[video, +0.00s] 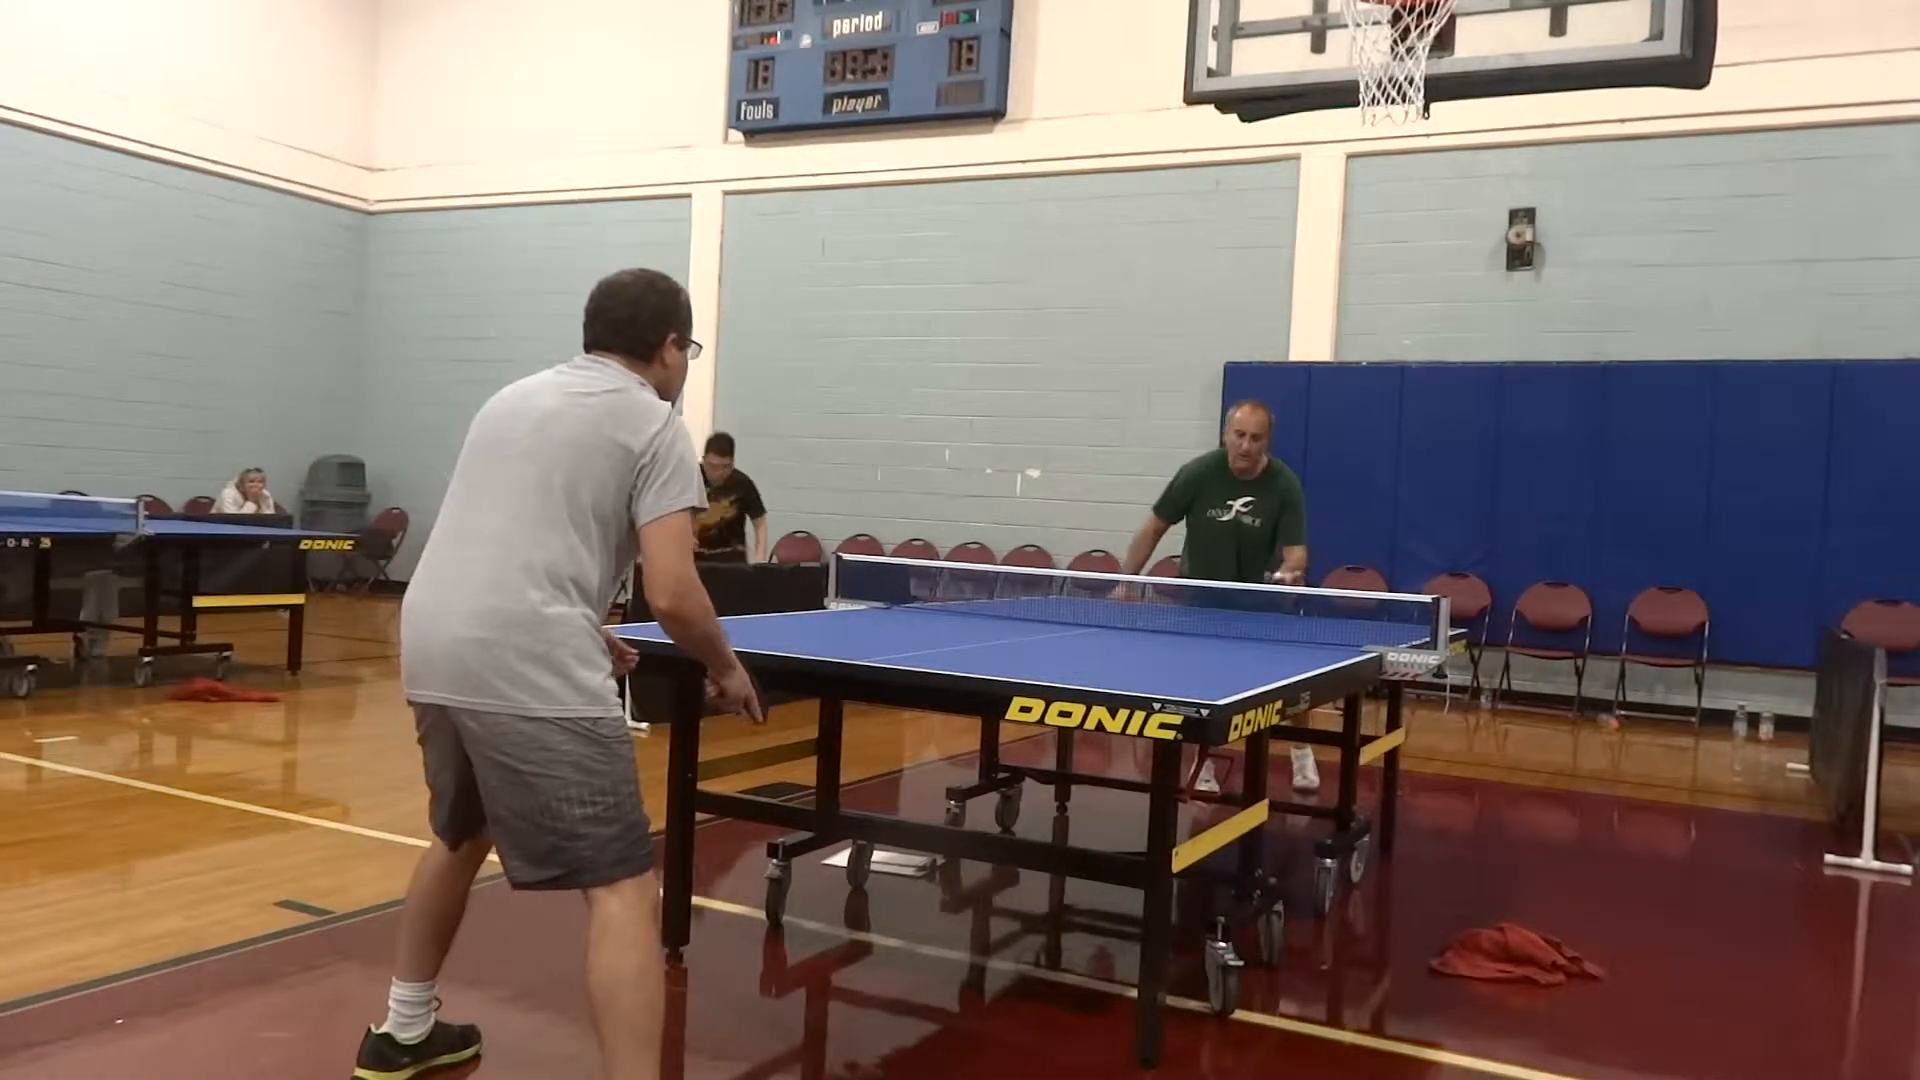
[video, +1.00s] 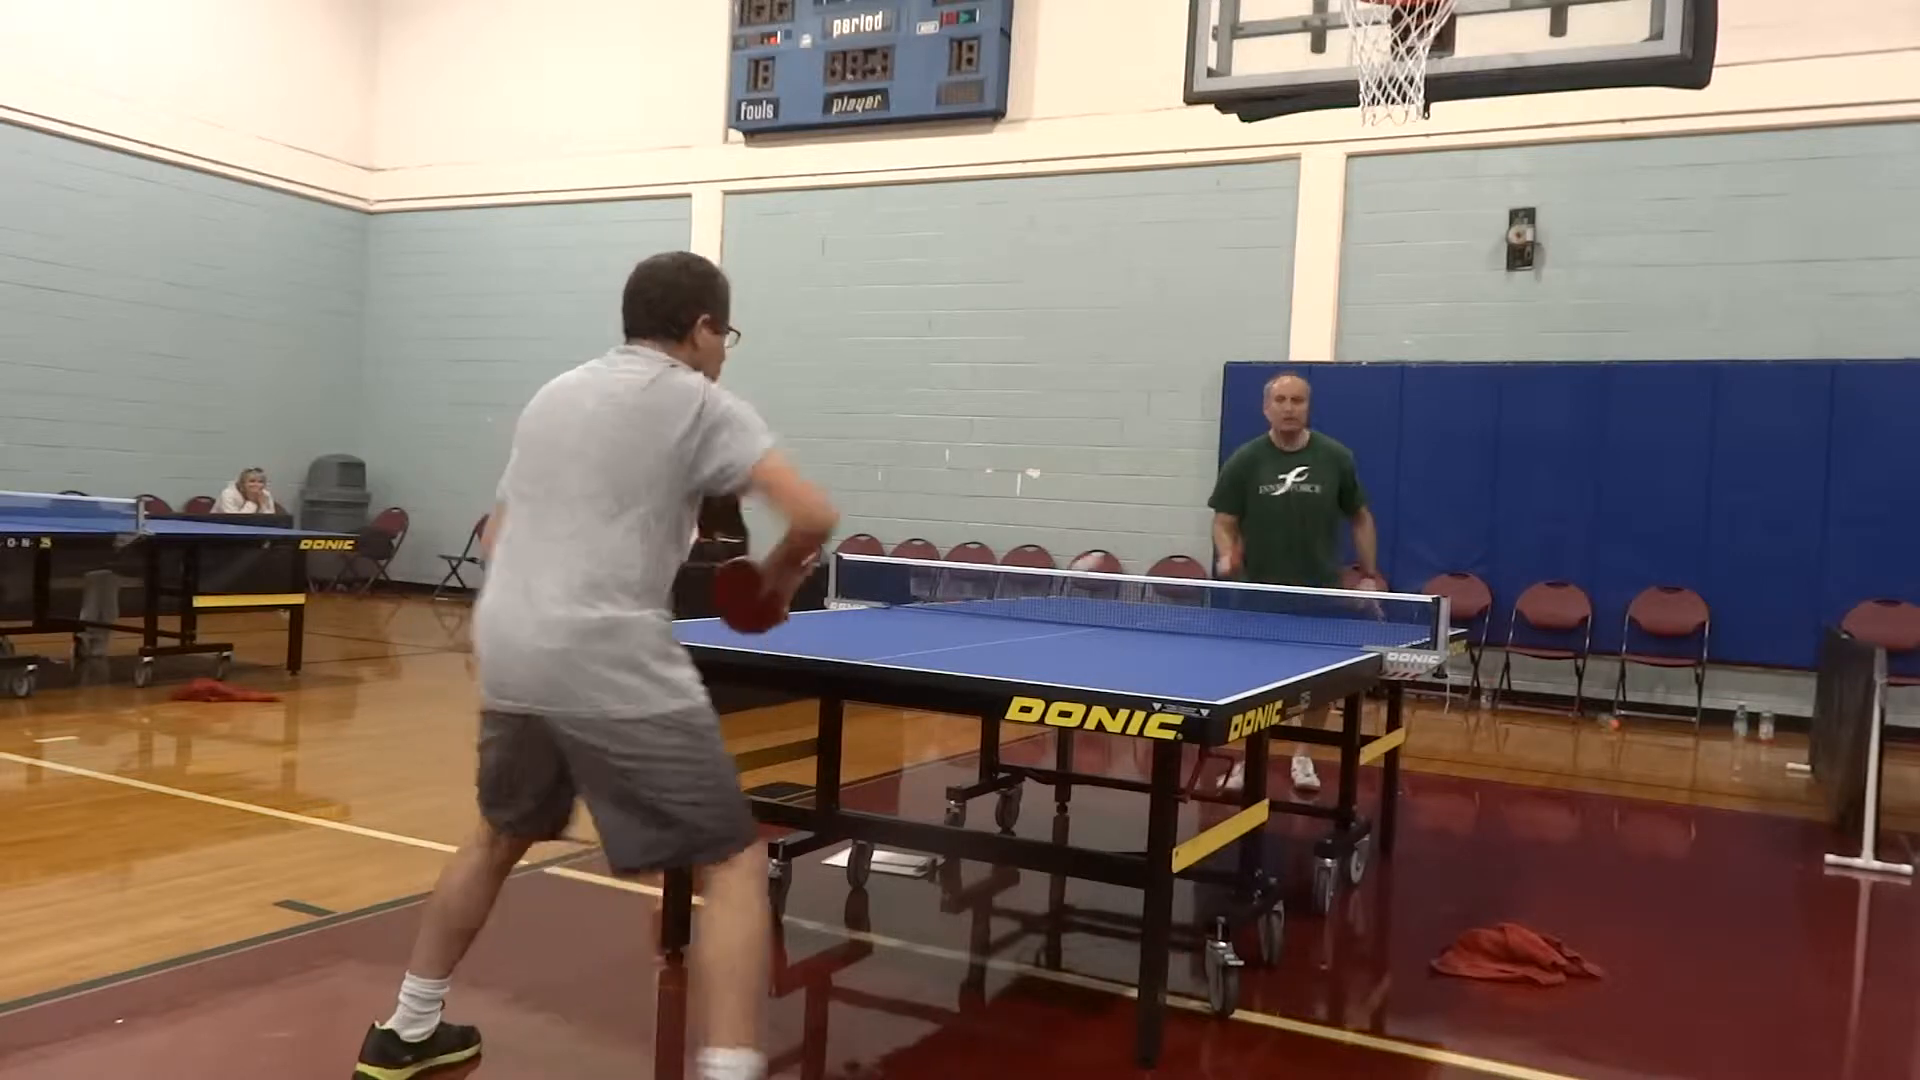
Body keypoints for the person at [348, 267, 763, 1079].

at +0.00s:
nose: (687, 367)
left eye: (689, 353)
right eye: (687, 352)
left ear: (591, 339)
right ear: (664, 347)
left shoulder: (512, 399)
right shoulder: (655, 425)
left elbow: (488, 545)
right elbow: (671, 591)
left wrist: (579, 627)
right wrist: (723, 664)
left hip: (431, 653)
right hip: (536, 669)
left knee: (461, 832)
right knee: (622, 885)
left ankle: (404, 1028)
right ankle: (635, 1073)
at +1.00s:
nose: (727, 349)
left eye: (729, 335)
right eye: (726, 334)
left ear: (632, 326)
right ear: (699, 329)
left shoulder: (553, 395)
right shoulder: (703, 400)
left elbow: (496, 536)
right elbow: (814, 514)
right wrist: (777, 573)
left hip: (506, 659)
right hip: (617, 668)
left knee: (496, 833)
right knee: (733, 862)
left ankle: (408, 1026)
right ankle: (730, 1070)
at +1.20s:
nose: (765, 328)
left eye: (762, 316)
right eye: (764, 316)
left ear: (667, 313)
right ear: (744, 310)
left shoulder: (597, 389)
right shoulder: (772, 378)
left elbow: (518, 544)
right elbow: (919, 448)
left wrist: (590, 596)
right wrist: (876, 541)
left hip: (593, 677)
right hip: (723, 686)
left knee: (531, 842)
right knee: (785, 879)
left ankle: (450, 1009)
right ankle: (760, 1074)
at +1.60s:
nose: (771, 274)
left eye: (766, 260)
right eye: (770, 262)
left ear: (672, 266)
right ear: (756, 268)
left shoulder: (605, 356)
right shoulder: (797, 362)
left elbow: (508, 493)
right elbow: (917, 450)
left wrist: (567, 563)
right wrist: (907, 505)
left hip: (605, 653)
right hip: (737, 667)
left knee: (541, 836)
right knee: (769, 888)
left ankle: (444, 1030)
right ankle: (760, 1076)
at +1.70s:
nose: (753, 288)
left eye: (749, 275)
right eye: (752, 275)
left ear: (655, 277)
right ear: (735, 279)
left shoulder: (583, 364)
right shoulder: (766, 377)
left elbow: (484, 501)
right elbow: (885, 490)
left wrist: (549, 570)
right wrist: (866, 535)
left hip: (572, 658)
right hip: (703, 673)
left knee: (519, 853)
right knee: (760, 891)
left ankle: (432, 1055)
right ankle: (756, 1077)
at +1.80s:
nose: (737, 293)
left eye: (736, 278)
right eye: (736, 278)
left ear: (641, 277)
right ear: (716, 280)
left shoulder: (562, 358)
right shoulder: (734, 377)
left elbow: (468, 490)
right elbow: (839, 523)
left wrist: (537, 575)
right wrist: (820, 545)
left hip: (532, 648)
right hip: (657, 663)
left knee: (494, 849)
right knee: (736, 867)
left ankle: (427, 1060)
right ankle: (741, 1071)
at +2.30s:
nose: (740, 358)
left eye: (740, 338)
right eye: (728, 338)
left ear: (653, 335)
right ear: (661, 335)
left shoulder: (572, 398)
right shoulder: (644, 424)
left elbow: (543, 556)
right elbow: (631, 574)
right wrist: (686, 672)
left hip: (492, 681)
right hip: (569, 697)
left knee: (467, 858)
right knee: (742, 880)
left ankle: (347, 1017)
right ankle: (718, 1071)